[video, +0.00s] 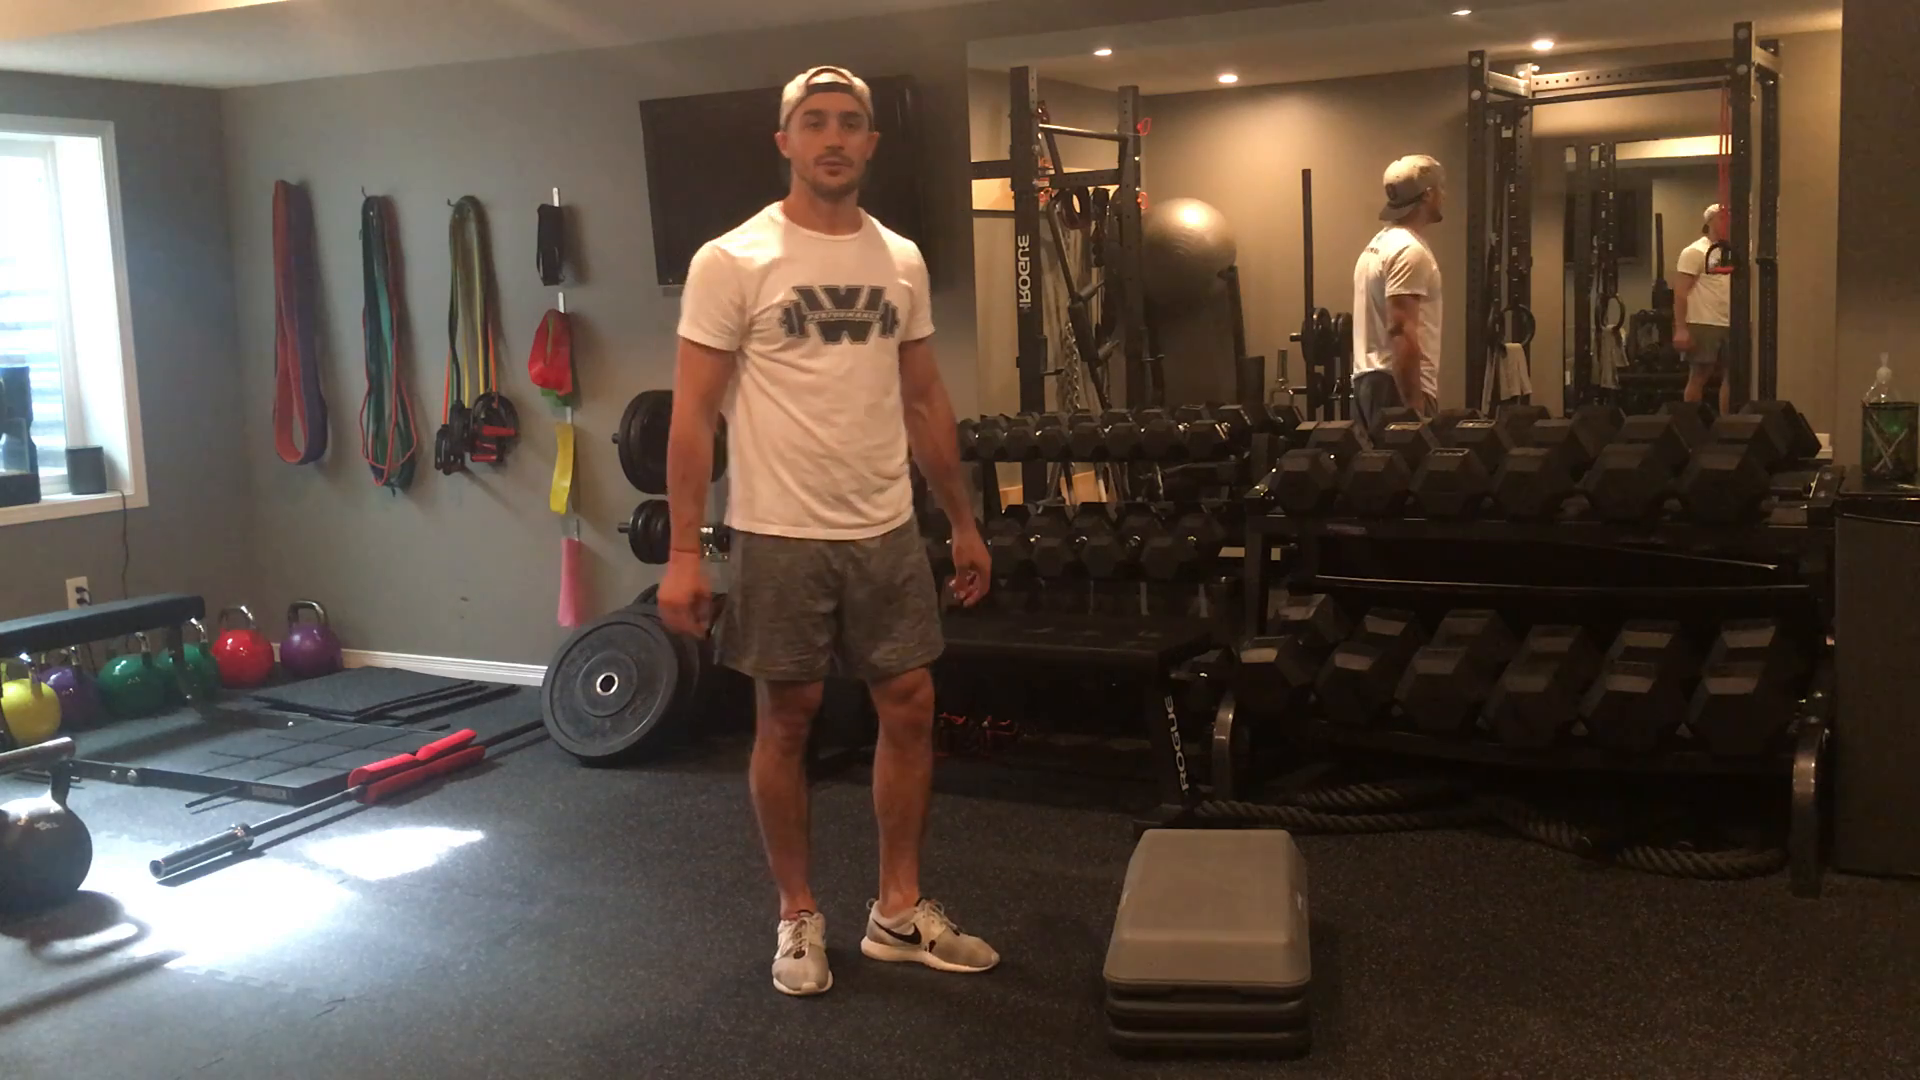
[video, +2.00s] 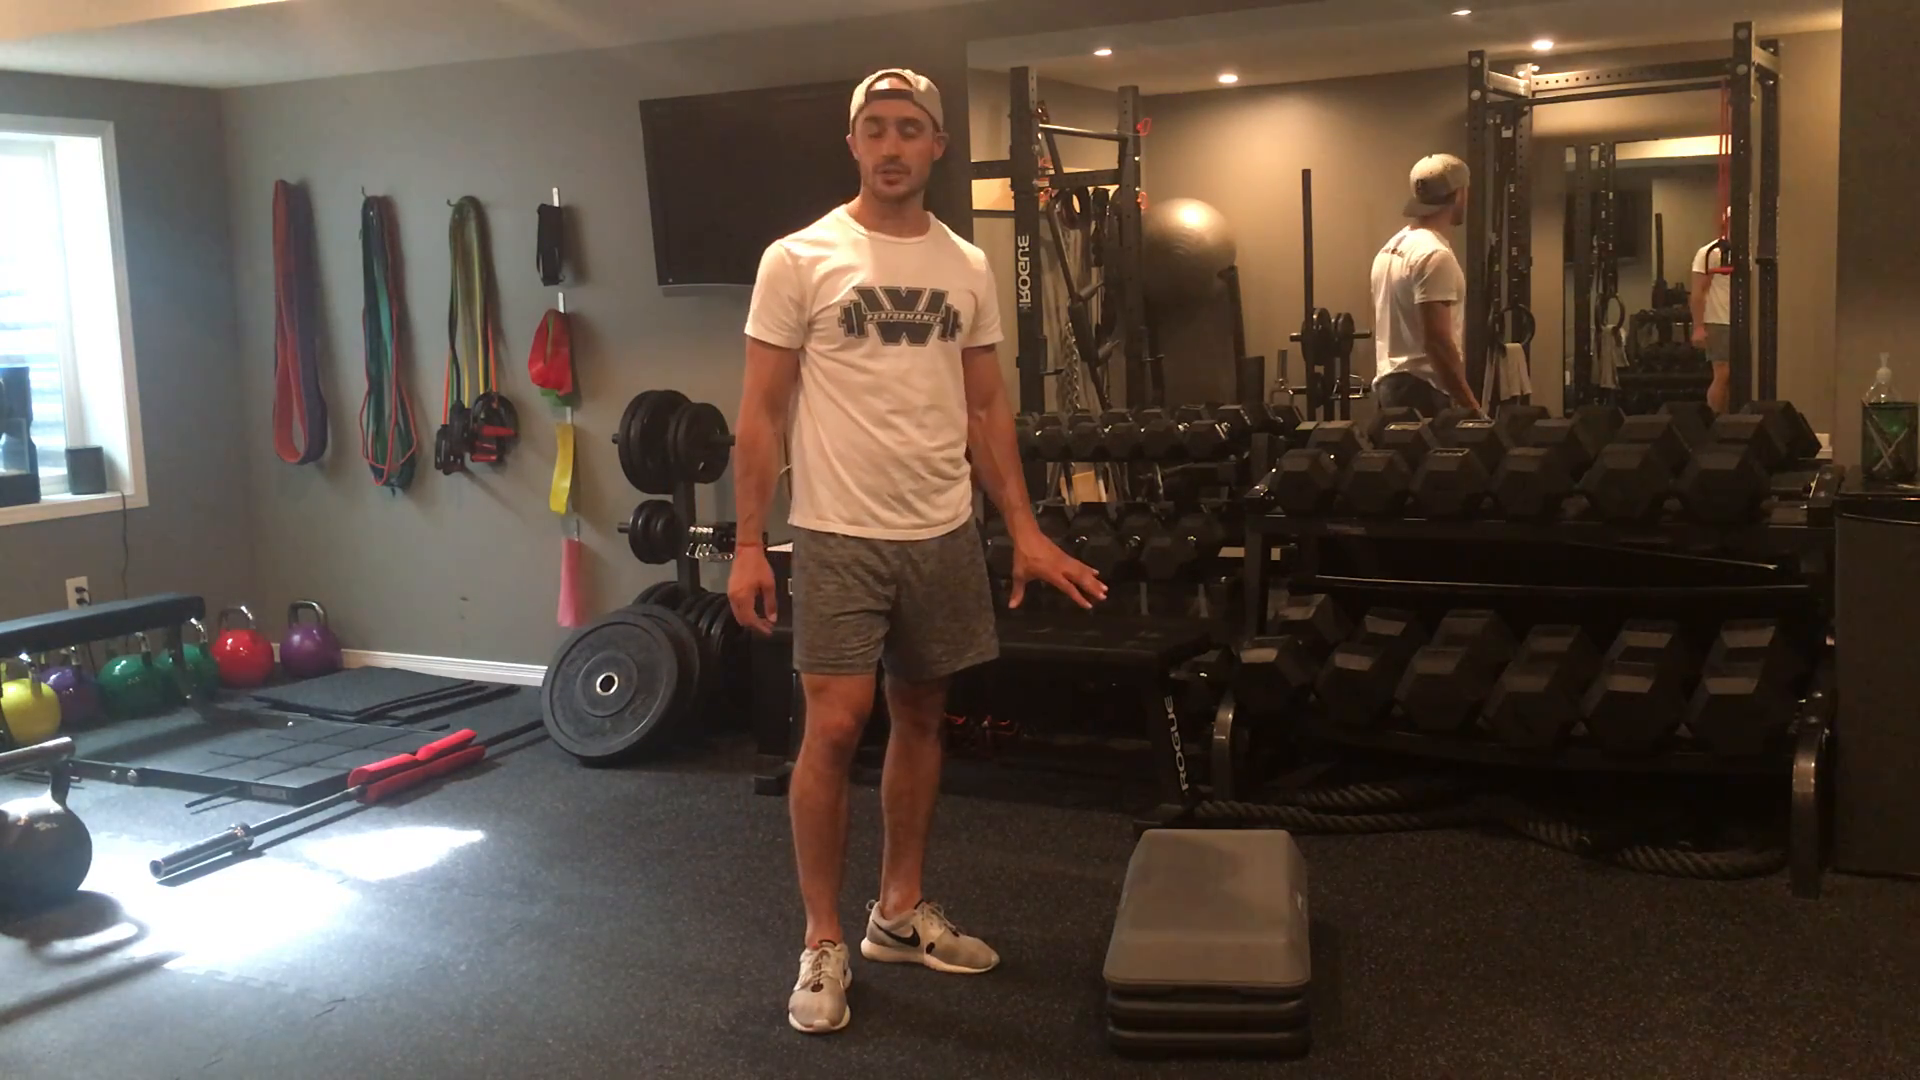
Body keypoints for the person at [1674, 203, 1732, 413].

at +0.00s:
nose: (1728, 224)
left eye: (1729, 219)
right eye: (1724, 219)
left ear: (1729, 223)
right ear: (1711, 223)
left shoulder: (1730, 252)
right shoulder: (1694, 252)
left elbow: (1739, 290)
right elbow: (1680, 293)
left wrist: (1742, 323)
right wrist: (1680, 327)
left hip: (1730, 326)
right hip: (1703, 326)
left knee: (1731, 378)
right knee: (1699, 376)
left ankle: (1725, 425)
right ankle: (1689, 423)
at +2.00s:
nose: (1732, 223)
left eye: (1735, 218)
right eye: (1729, 218)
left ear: (1741, 223)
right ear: (1723, 220)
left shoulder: (1746, 254)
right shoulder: (1707, 254)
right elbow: (1698, 291)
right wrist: (1698, 325)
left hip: (1742, 325)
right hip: (1718, 323)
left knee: (1732, 377)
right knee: (1722, 374)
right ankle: (1714, 423)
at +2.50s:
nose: (1733, 223)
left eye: (1736, 217)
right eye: (1730, 217)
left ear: (1743, 220)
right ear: (1723, 221)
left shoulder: (1748, 253)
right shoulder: (1710, 254)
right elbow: (1701, 293)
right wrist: (1704, 327)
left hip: (1745, 325)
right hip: (1721, 324)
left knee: (1740, 378)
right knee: (1722, 377)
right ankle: (1715, 424)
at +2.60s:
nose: (1733, 223)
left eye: (1736, 217)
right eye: (1730, 217)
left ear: (1742, 221)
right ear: (1723, 221)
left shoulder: (1748, 253)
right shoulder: (1709, 254)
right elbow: (1701, 293)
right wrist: (1704, 327)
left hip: (1745, 324)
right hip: (1721, 324)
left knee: (1740, 378)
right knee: (1722, 378)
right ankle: (1716, 424)